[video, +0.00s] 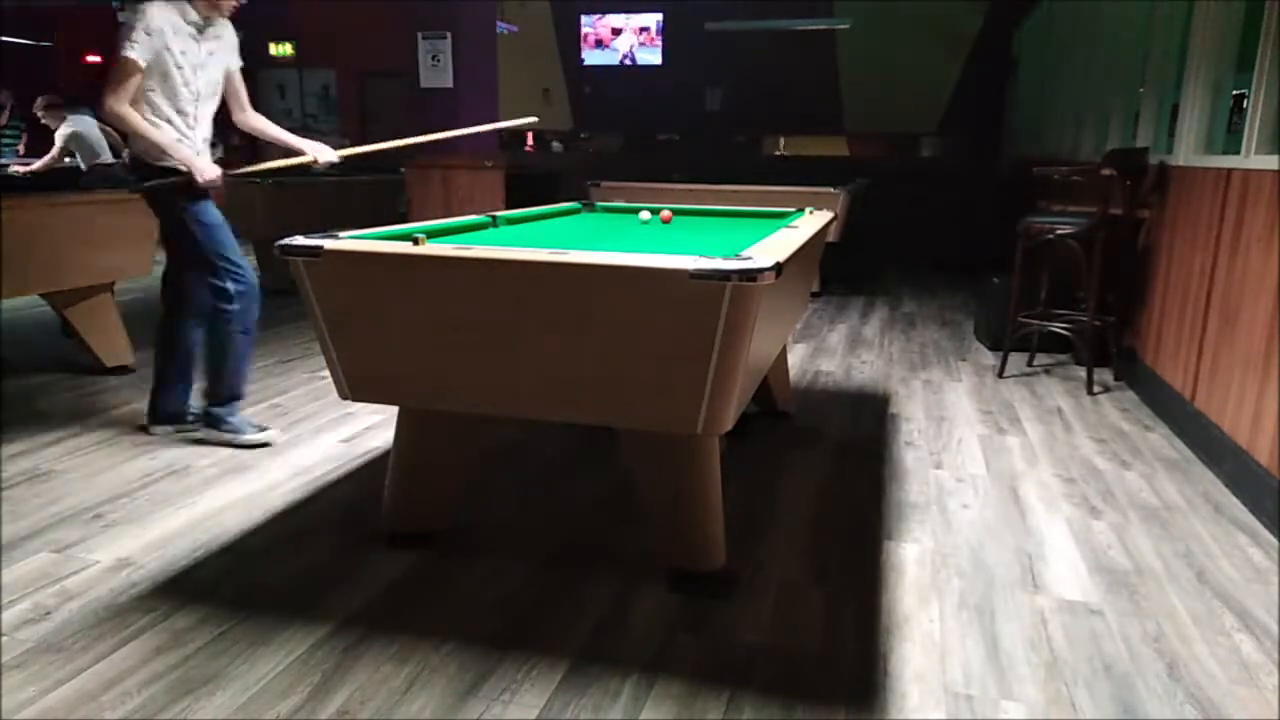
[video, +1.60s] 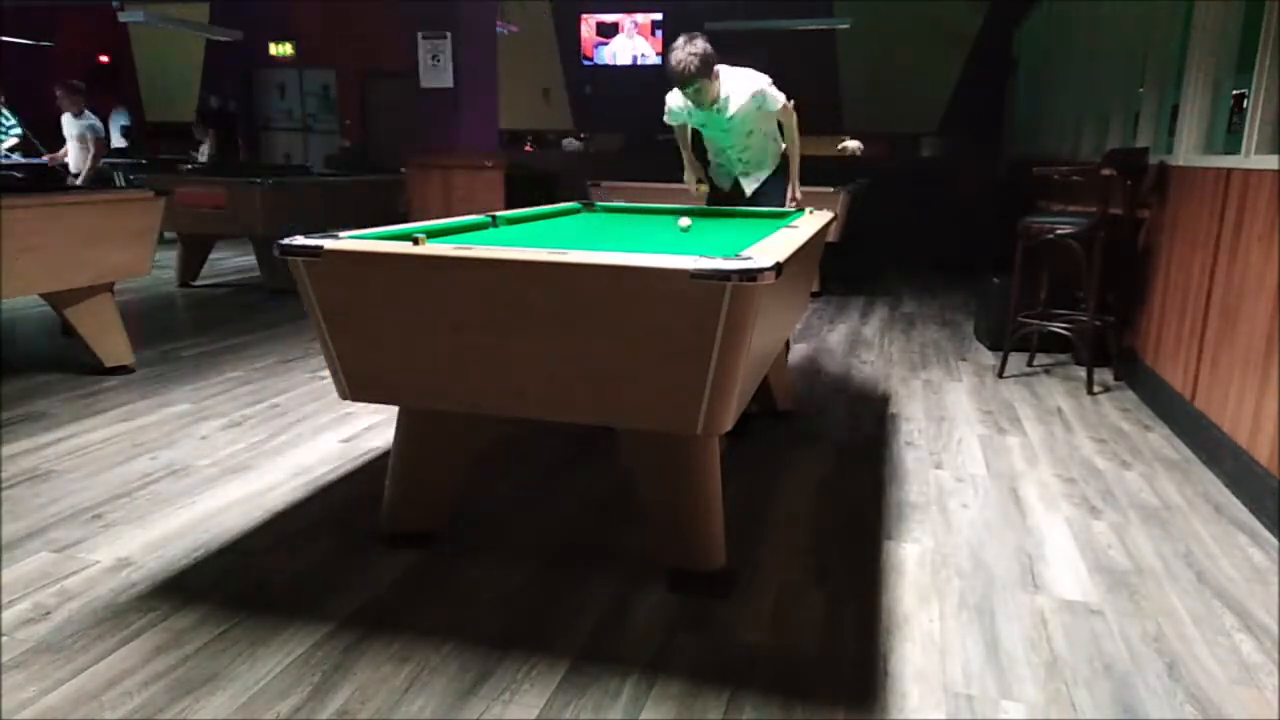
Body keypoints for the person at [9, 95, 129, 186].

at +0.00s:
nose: (43, 122)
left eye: (43, 118)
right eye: (41, 119)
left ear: (52, 113)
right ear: (60, 112)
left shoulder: (65, 131)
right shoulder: (87, 120)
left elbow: (55, 158)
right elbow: (110, 133)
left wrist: (29, 169)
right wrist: (123, 151)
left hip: (96, 175)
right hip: (114, 170)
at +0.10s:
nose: (55, 134)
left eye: (56, 129)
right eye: (53, 130)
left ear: (68, 123)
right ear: (71, 122)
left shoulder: (80, 136)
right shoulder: (96, 125)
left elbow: (58, 157)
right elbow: (120, 130)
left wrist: (32, 170)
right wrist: (124, 153)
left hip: (121, 175)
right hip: (136, 171)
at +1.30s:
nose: (48, 132)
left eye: (50, 127)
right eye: (47, 128)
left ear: (62, 123)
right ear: (66, 120)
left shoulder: (73, 139)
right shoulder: (86, 121)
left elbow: (50, 160)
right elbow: (108, 124)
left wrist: (18, 168)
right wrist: (107, 147)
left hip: (119, 172)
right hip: (130, 165)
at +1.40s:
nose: (73, 107)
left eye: (76, 103)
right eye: (72, 104)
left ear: (89, 104)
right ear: (90, 105)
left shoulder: (93, 124)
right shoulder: (108, 117)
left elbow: (83, 153)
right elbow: (125, 132)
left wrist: (59, 173)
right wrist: (116, 153)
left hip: (109, 171)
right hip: (121, 169)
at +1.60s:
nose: (58, 102)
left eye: (62, 98)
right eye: (58, 98)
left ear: (76, 99)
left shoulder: (92, 124)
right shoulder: (65, 118)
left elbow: (96, 155)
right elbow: (72, 144)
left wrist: (81, 180)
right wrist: (59, 156)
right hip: (73, 174)